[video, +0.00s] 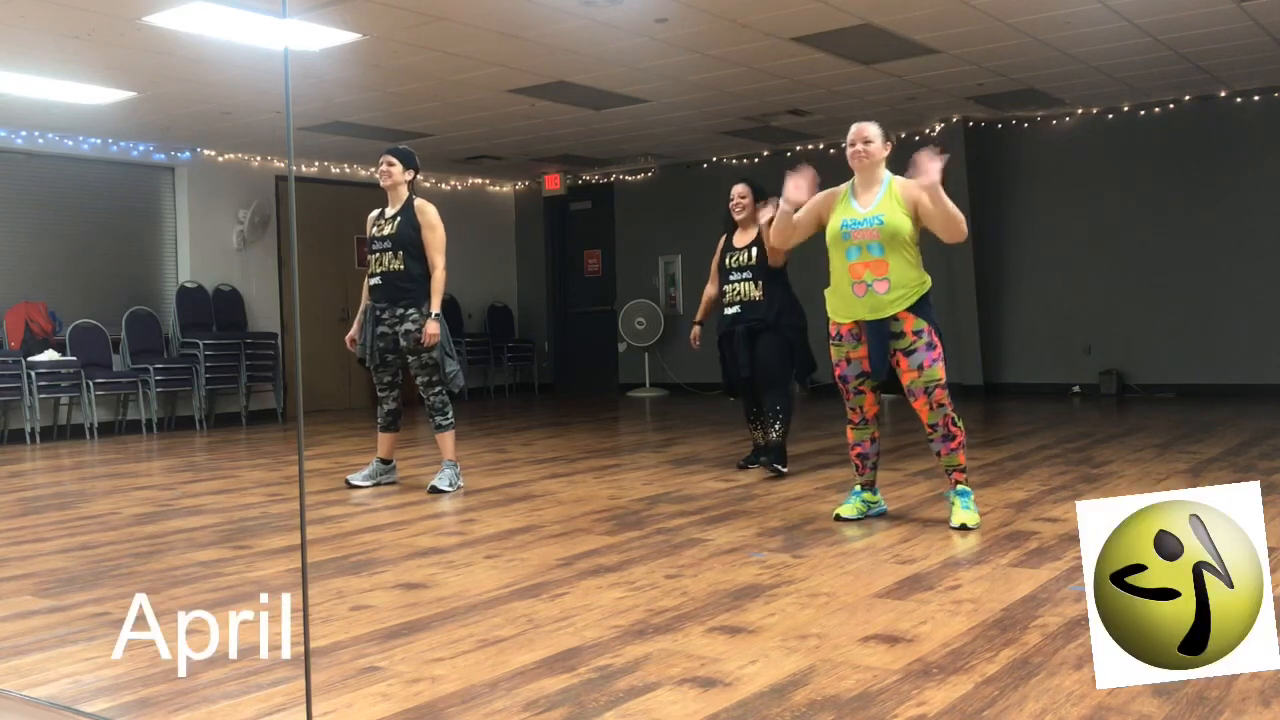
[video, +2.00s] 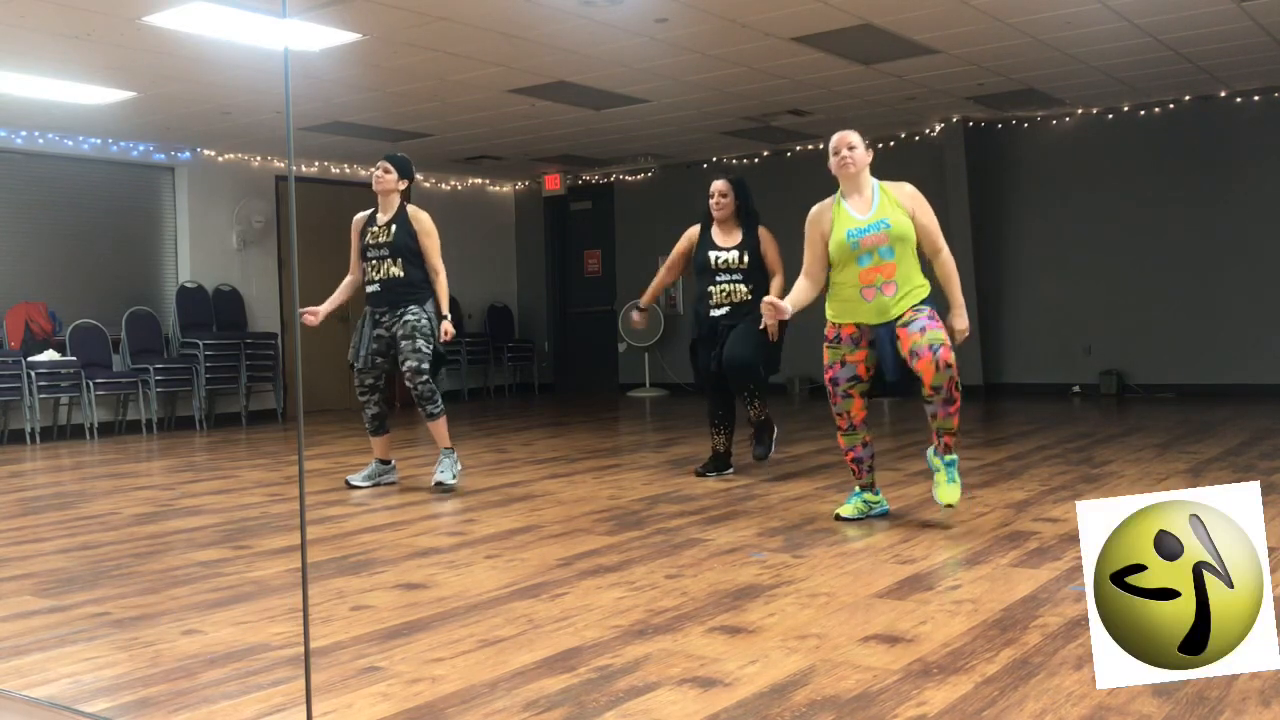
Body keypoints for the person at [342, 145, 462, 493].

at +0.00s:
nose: (382, 169)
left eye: (390, 165)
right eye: (381, 165)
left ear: (410, 174)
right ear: (378, 173)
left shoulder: (423, 210)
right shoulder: (374, 218)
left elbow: (438, 267)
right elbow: (373, 274)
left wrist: (434, 316)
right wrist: (358, 321)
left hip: (414, 314)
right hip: (378, 316)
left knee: (432, 391)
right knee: (386, 392)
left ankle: (450, 466)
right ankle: (384, 464)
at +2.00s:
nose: (377, 174)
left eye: (386, 171)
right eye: (377, 169)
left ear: (402, 183)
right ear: (374, 179)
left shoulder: (417, 218)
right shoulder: (361, 222)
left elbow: (437, 270)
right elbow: (355, 275)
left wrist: (445, 315)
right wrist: (324, 308)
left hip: (413, 311)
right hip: (375, 315)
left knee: (416, 376)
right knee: (367, 383)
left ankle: (447, 457)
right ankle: (383, 464)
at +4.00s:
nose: (400, 174)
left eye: (408, 168)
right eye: (399, 169)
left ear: (428, 176)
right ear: (399, 177)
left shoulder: (441, 208)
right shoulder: (401, 221)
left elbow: (452, 264)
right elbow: (407, 280)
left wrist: (433, 309)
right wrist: (383, 315)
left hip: (436, 310)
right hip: (404, 311)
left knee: (439, 385)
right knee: (370, 372)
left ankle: (459, 465)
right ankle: (387, 451)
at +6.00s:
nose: (397, 168)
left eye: (405, 163)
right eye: (395, 163)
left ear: (424, 172)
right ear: (392, 171)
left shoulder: (439, 214)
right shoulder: (382, 207)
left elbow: (457, 267)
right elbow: (364, 257)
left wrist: (464, 315)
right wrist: (347, 298)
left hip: (430, 310)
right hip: (392, 311)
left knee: (433, 383)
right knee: (392, 384)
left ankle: (459, 462)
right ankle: (400, 463)